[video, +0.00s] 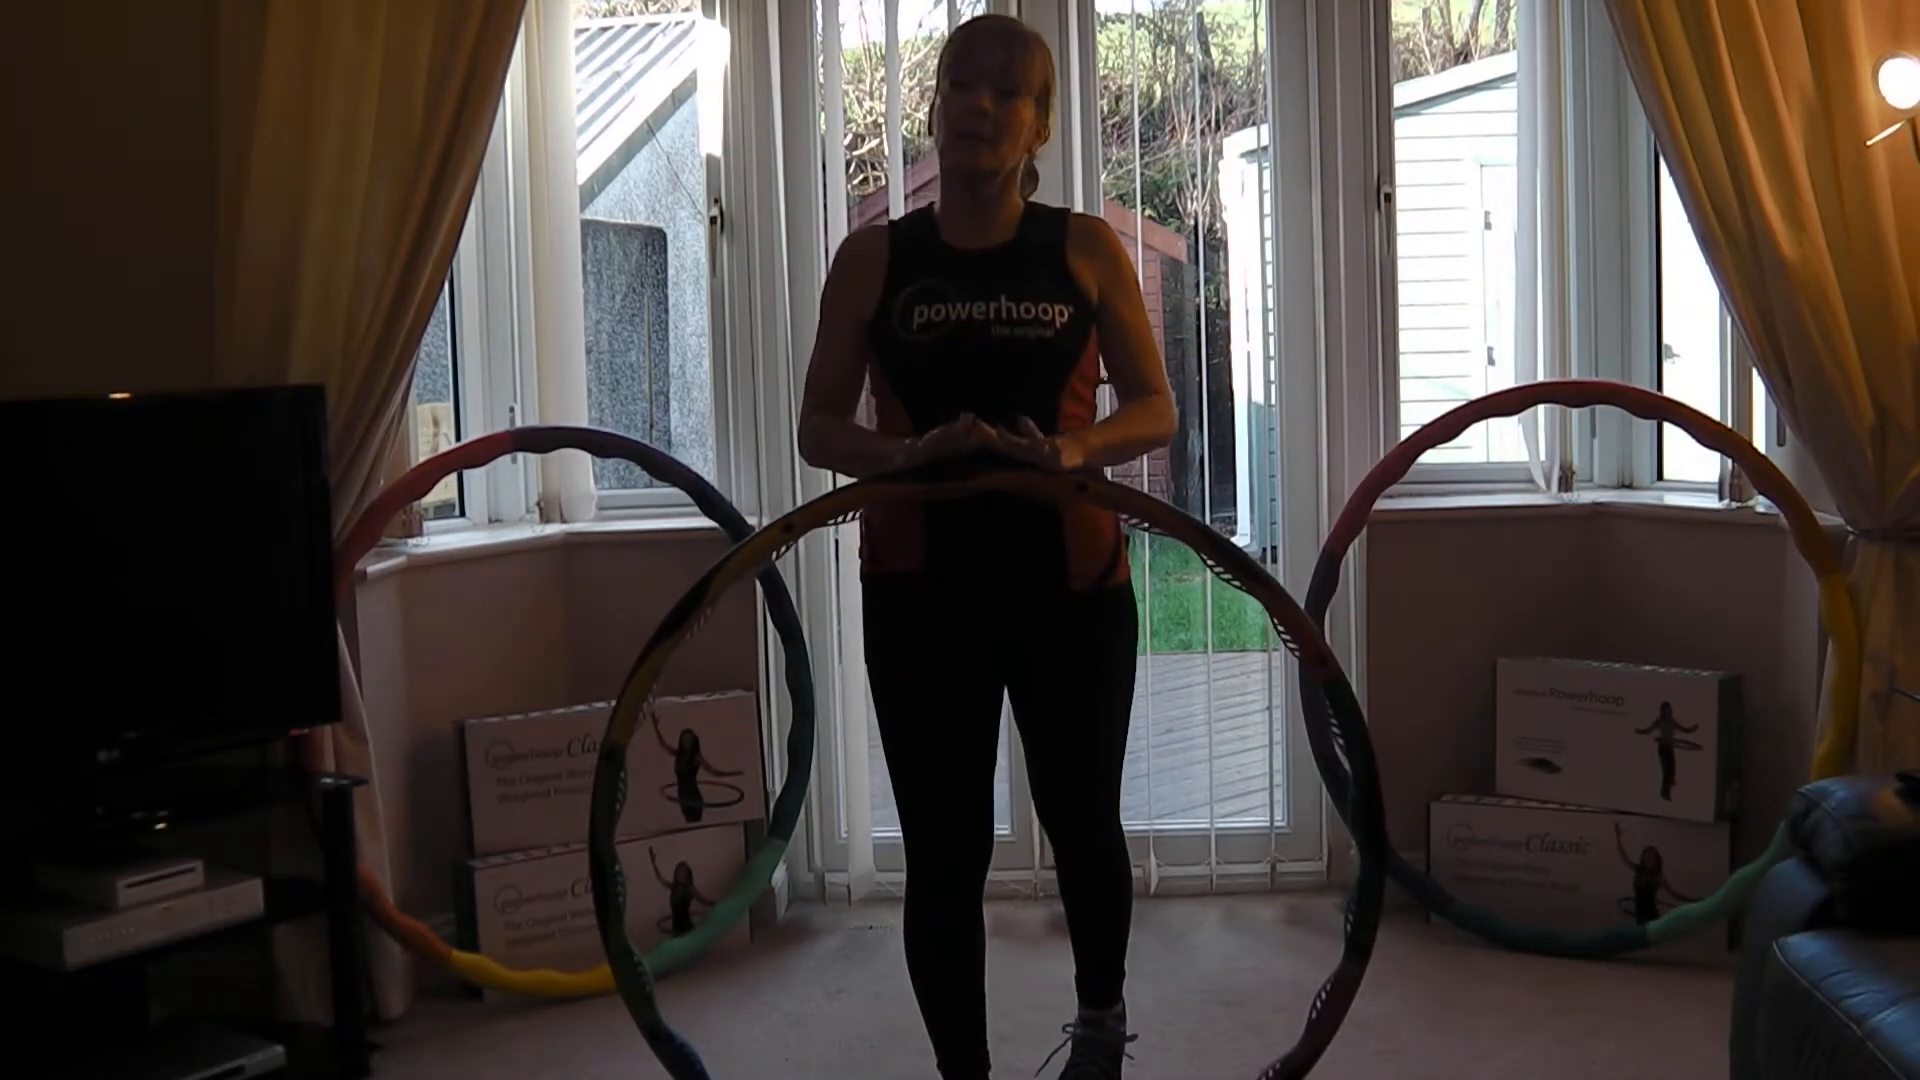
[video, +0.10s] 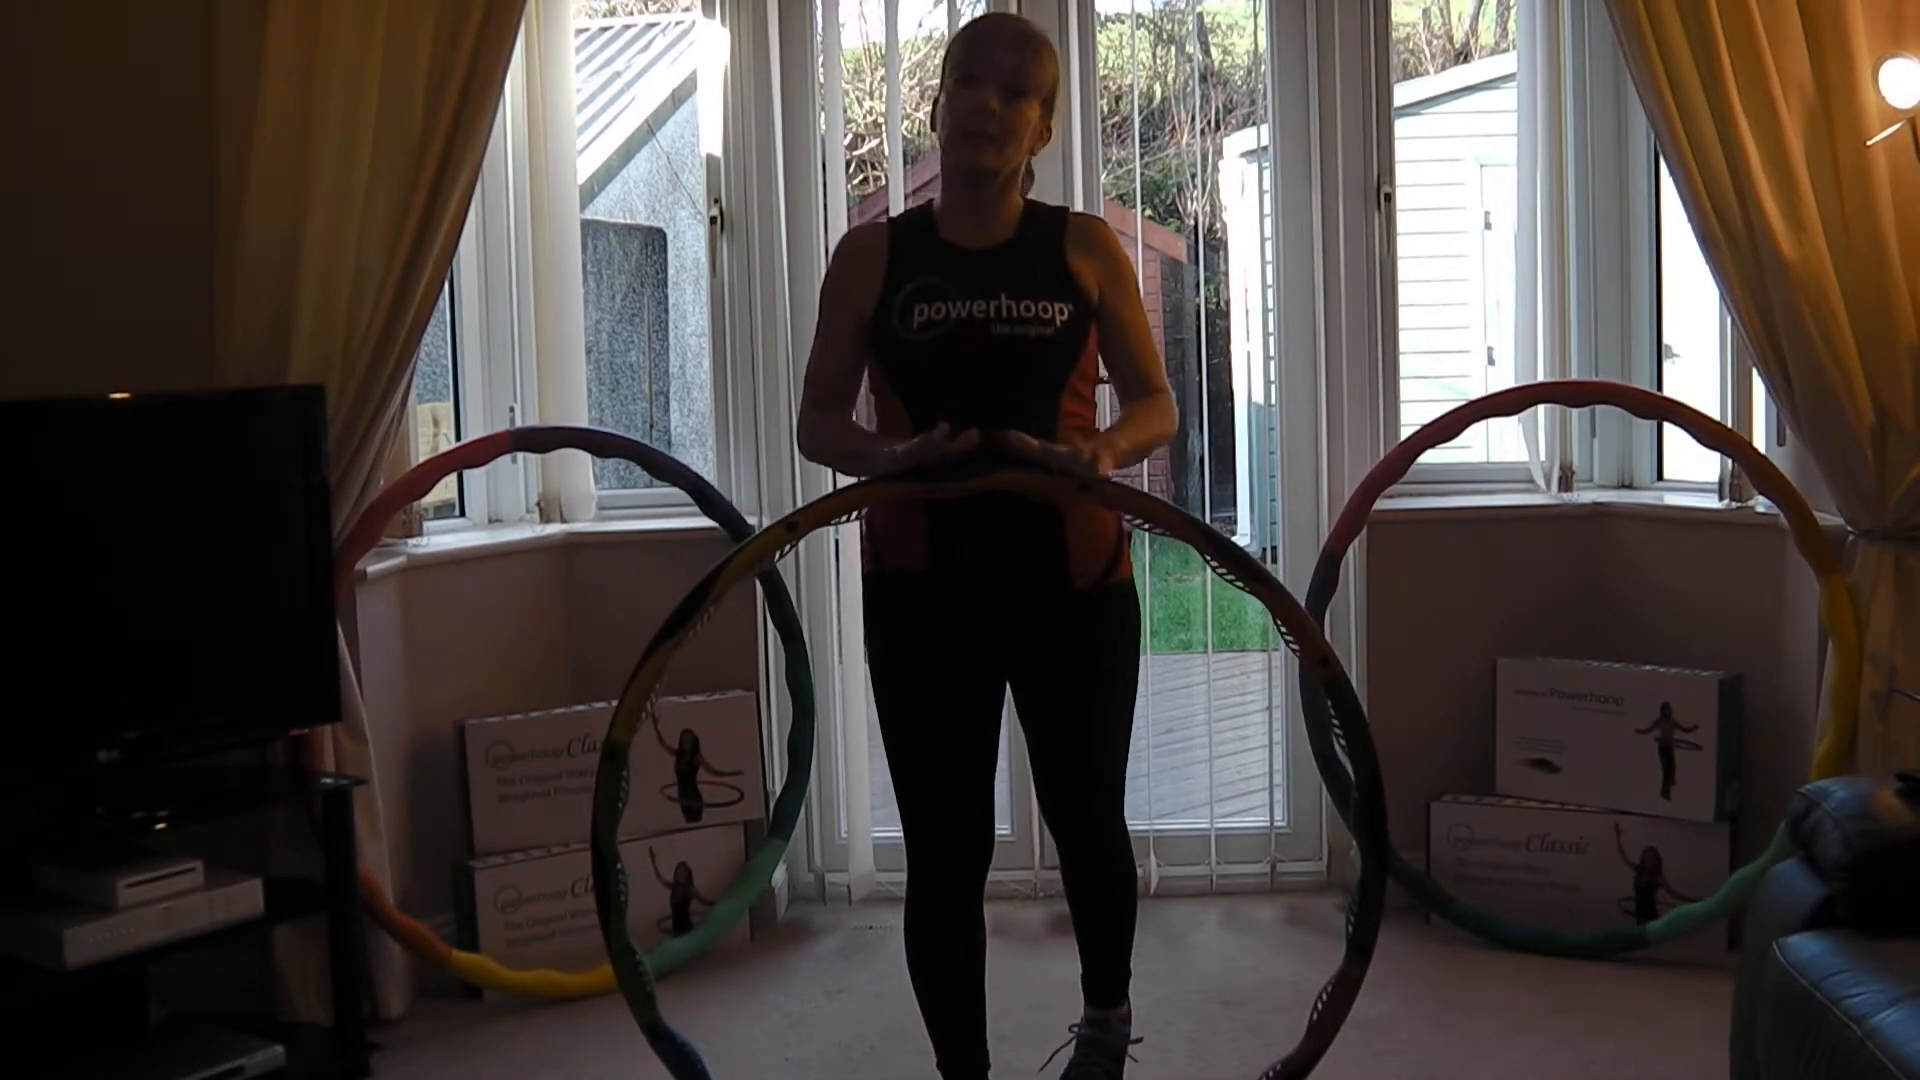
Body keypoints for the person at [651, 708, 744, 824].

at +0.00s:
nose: (685, 742)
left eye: (688, 739)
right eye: (683, 739)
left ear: (693, 742)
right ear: (680, 741)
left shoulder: (696, 757)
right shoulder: (678, 754)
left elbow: (713, 772)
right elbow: (662, 744)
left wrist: (734, 773)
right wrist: (655, 726)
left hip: (693, 794)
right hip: (682, 794)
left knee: (696, 827)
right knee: (690, 827)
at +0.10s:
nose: (686, 743)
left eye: (689, 740)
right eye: (684, 740)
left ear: (694, 742)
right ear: (680, 741)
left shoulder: (696, 757)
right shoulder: (678, 754)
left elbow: (713, 772)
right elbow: (663, 744)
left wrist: (734, 773)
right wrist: (655, 727)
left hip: (693, 795)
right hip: (682, 795)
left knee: (696, 829)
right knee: (691, 829)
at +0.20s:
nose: (686, 743)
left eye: (689, 740)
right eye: (684, 740)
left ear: (694, 742)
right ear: (680, 741)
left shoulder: (696, 757)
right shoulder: (679, 754)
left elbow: (713, 772)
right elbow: (663, 744)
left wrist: (734, 773)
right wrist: (655, 727)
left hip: (693, 795)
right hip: (682, 795)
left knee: (696, 828)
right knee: (691, 828)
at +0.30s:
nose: (685, 742)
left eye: (689, 739)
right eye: (683, 739)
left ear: (693, 741)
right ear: (680, 741)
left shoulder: (696, 757)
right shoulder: (678, 754)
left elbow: (713, 772)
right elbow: (662, 744)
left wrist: (734, 773)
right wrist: (656, 726)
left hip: (693, 794)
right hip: (682, 795)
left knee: (696, 827)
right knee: (691, 827)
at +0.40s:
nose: (685, 742)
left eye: (688, 739)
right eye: (683, 739)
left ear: (693, 741)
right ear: (680, 741)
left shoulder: (696, 757)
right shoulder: (678, 754)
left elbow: (713, 772)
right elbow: (662, 744)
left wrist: (734, 773)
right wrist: (656, 726)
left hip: (693, 794)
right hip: (682, 795)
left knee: (696, 828)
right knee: (691, 828)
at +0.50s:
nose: (685, 742)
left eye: (688, 739)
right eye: (683, 739)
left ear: (693, 741)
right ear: (680, 741)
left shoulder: (696, 757)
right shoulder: (678, 755)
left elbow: (713, 772)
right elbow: (662, 744)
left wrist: (734, 773)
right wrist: (656, 726)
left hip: (693, 795)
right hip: (682, 795)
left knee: (696, 828)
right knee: (691, 828)